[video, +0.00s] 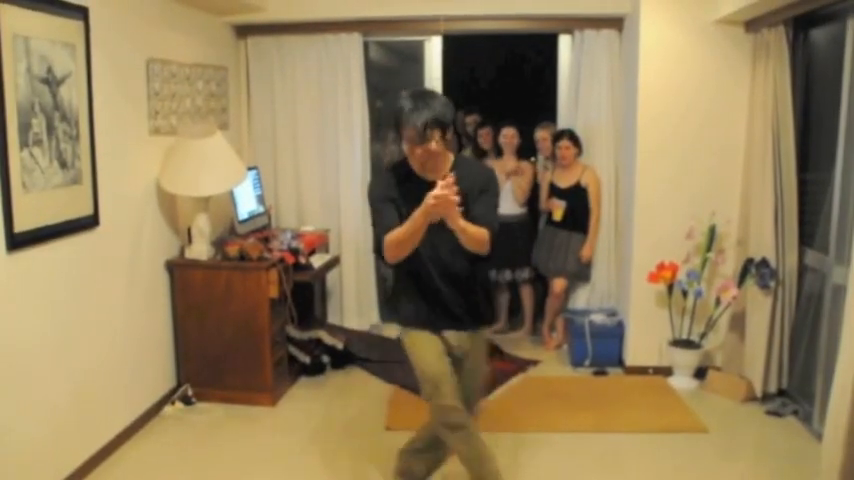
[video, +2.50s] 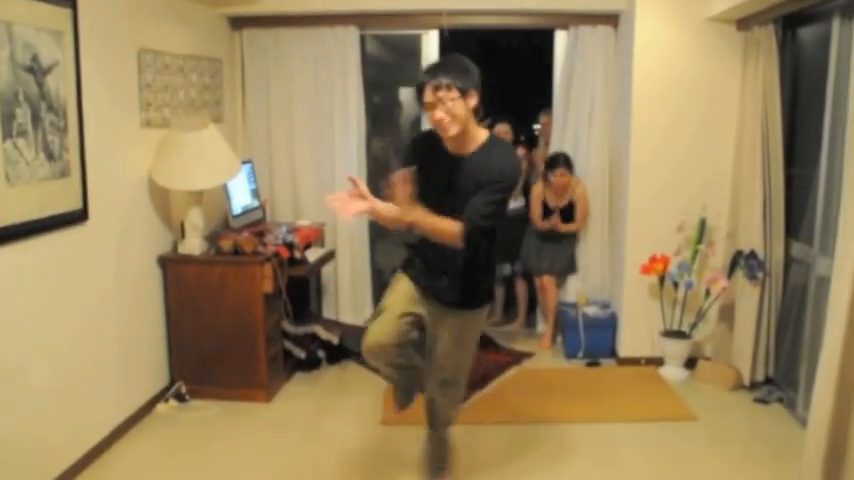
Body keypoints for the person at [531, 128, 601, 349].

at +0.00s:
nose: (563, 152)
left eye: (568, 147)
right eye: (559, 148)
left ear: (577, 150)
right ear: (554, 151)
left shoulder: (588, 175)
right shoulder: (549, 176)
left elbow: (594, 211)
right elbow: (541, 205)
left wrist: (589, 243)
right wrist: (550, 205)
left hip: (575, 234)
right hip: (552, 232)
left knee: (559, 286)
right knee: (555, 288)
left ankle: (546, 326)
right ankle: (560, 331)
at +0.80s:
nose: (561, 154)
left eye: (566, 149)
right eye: (558, 149)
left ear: (576, 151)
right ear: (552, 152)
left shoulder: (586, 175)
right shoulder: (547, 176)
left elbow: (597, 208)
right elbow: (540, 204)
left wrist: (576, 220)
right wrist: (548, 206)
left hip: (573, 233)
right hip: (550, 231)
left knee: (557, 287)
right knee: (552, 287)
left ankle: (544, 326)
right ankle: (557, 330)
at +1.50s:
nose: (567, 185)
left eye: (570, 180)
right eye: (563, 181)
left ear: (576, 175)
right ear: (553, 176)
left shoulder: (583, 187)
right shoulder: (541, 182)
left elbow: (587, 219)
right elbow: (529, 211)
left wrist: (575, 242)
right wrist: (544, 228)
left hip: (568, 234)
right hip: (542, 231)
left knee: (550, 283)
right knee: (543, 284)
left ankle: (549, 333)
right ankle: (551, 329)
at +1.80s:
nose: (565, 213)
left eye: (569, 210)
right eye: (562, 209)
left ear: (576, 204)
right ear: (555, 198)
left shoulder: (580, 208)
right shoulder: (542, 194)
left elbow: (582, 238)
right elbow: (526, 220)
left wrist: (583, 273)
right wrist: (540, 244)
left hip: (565, 240)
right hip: (538, 237)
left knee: (548, 284)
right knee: (540, 286)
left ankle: (551, 333)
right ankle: (550, 328)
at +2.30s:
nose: (568, 211)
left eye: (570, 207)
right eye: (564, 207)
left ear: (574, 202)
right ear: (553, 201)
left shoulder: (578, 208)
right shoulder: (538, 199)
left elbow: (581, 238)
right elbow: (528, 227)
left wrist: (582, 269)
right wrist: (539, 246)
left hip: (564, 240)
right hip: (540, 239)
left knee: (548, 282)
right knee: (540, 283)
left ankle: (550, 330)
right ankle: (550, 327)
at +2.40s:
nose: (563, 194)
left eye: (567, 188)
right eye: (559, 188)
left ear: (573, 186)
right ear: (550, 187)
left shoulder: (579, 197)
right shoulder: (539, 194)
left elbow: (582, 222)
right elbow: (532, 223)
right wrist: (538, 236)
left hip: (563, 235)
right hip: (541, 233)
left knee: (548, 279)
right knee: (539, 281)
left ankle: (550, 329)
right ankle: (550, 325)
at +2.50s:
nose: (559, 180)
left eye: (563, 175)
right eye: (554, 175)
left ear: (571, 175)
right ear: (547, 176)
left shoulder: (578, 190)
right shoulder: (538, 189)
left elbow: (580, 223)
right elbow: (536, 221)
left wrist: (561, 227)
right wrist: (549, 224)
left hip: (564, 235)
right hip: (539, 235)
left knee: (548, 279)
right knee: (539, 281)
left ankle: (550, 329)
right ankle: (550, 325)